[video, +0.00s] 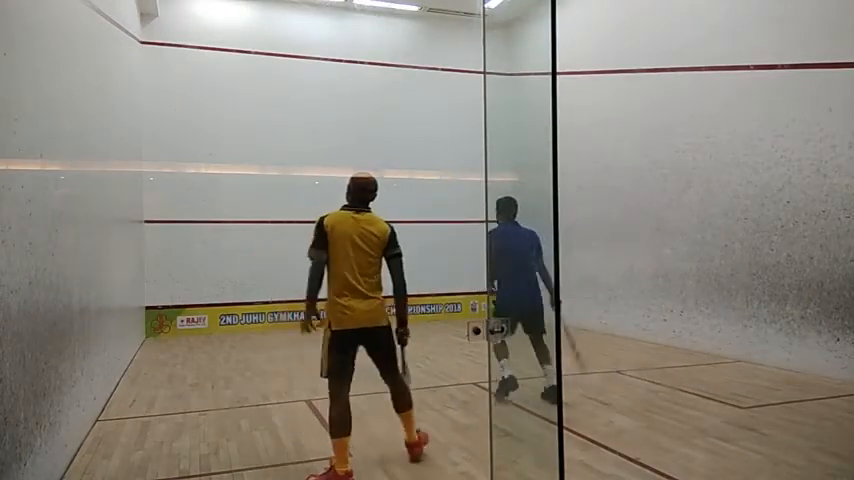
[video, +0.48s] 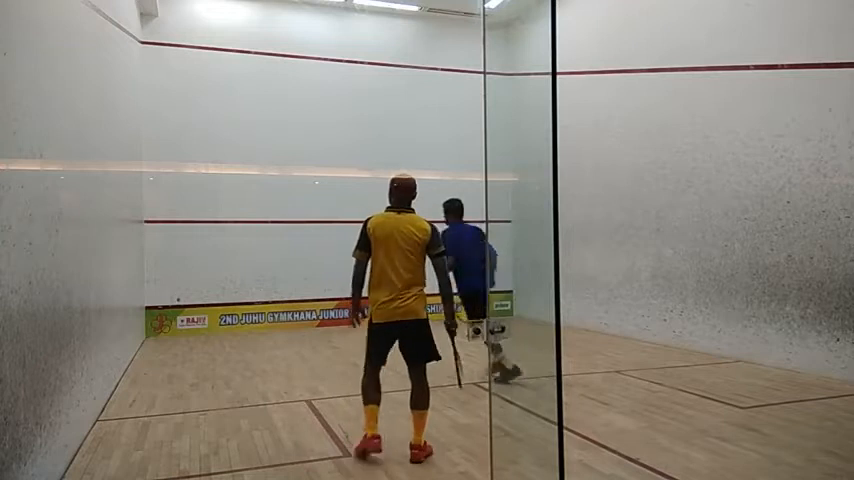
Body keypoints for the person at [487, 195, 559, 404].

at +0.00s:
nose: (496, 215)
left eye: (497, 212)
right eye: (498, 212)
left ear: (499, 214)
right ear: (516, 213)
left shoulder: (493, 237)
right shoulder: (531, 236)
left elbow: (491, 270)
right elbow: (542, 269)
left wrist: (490, 290)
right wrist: (553, 293)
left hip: (506, 298)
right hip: (531, 298)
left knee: (496, 334)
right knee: (537, 339)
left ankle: (507, 374)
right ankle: (552, 384)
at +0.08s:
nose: (487, 213)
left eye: (488, 209)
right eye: (488, 208)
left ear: (490, 210)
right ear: (507, 210)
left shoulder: (486, 231)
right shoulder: (522, 231)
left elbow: (490, 256)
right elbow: (532, 262)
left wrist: (486, 276)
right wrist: (538, 288)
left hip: (501, 291)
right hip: (525, 289)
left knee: (497, 333)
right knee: (533, 331)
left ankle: (510, 376)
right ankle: (549, 378)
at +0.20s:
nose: (479, 215)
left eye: (479, 212)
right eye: (481, 211)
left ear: (479, 212)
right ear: (496, 211)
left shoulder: (477, 233)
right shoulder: (511, 232)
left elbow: (484, 258)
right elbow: (520, 264)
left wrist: (479, 279)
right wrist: (525, 290)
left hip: (496, 293)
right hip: (518, 291)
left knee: (497, 333)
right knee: (527, 331)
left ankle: (513, 371)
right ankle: (545, 368)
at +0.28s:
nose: (470, 222)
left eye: (469, 219)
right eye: (474, 218)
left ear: (469, 219)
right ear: (486, 217)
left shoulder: (468, 241)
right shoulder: (499, 236)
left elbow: (473, 269)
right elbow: (511, 268)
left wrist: (468, 287)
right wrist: (513, 289)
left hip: (489, 295)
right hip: (510, 292)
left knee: (493, 335)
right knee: (516, 330)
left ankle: (513, 372)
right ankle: (542, 359)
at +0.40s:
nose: (457, 221)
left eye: (457, 218)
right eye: (458, 218)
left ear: (458, 219)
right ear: (474, 217)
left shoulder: (459, 240)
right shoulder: (488, 235)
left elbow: (462, 269)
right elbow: (505, 262)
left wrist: (454, 281)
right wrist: (501, 285)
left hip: (480, 295)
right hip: (497, 292)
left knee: (490, 338)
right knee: (502, 330)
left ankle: (514, 370)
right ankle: (525, 355)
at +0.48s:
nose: (445, 218)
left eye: (445, 215)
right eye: (447, 215)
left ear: (446, 216)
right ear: (463, 214)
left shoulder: (447, 235)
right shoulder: (476, 231)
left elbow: (448, 263)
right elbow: (492, 254)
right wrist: (490, 278)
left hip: (465, 287)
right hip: (484, 285)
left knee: (480, 325)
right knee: (487, 323)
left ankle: (503, 363)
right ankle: (498, 361)